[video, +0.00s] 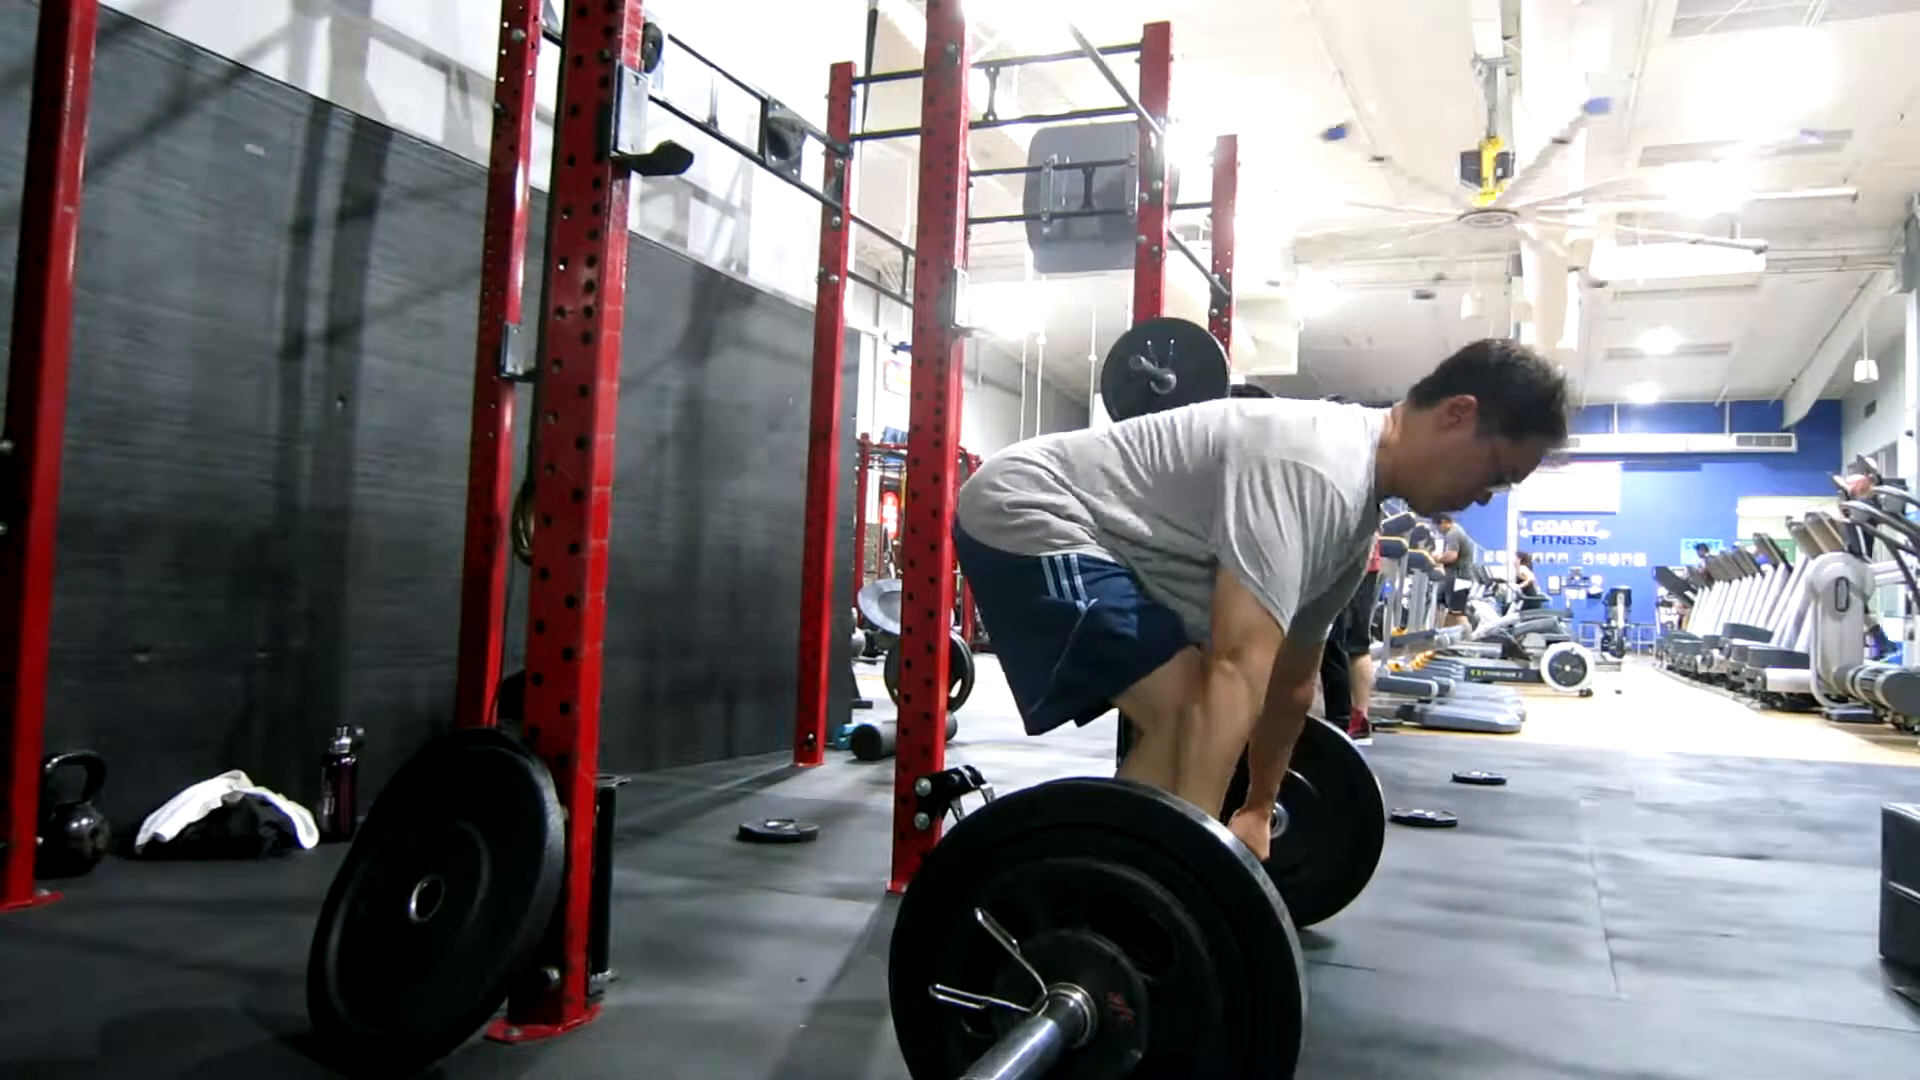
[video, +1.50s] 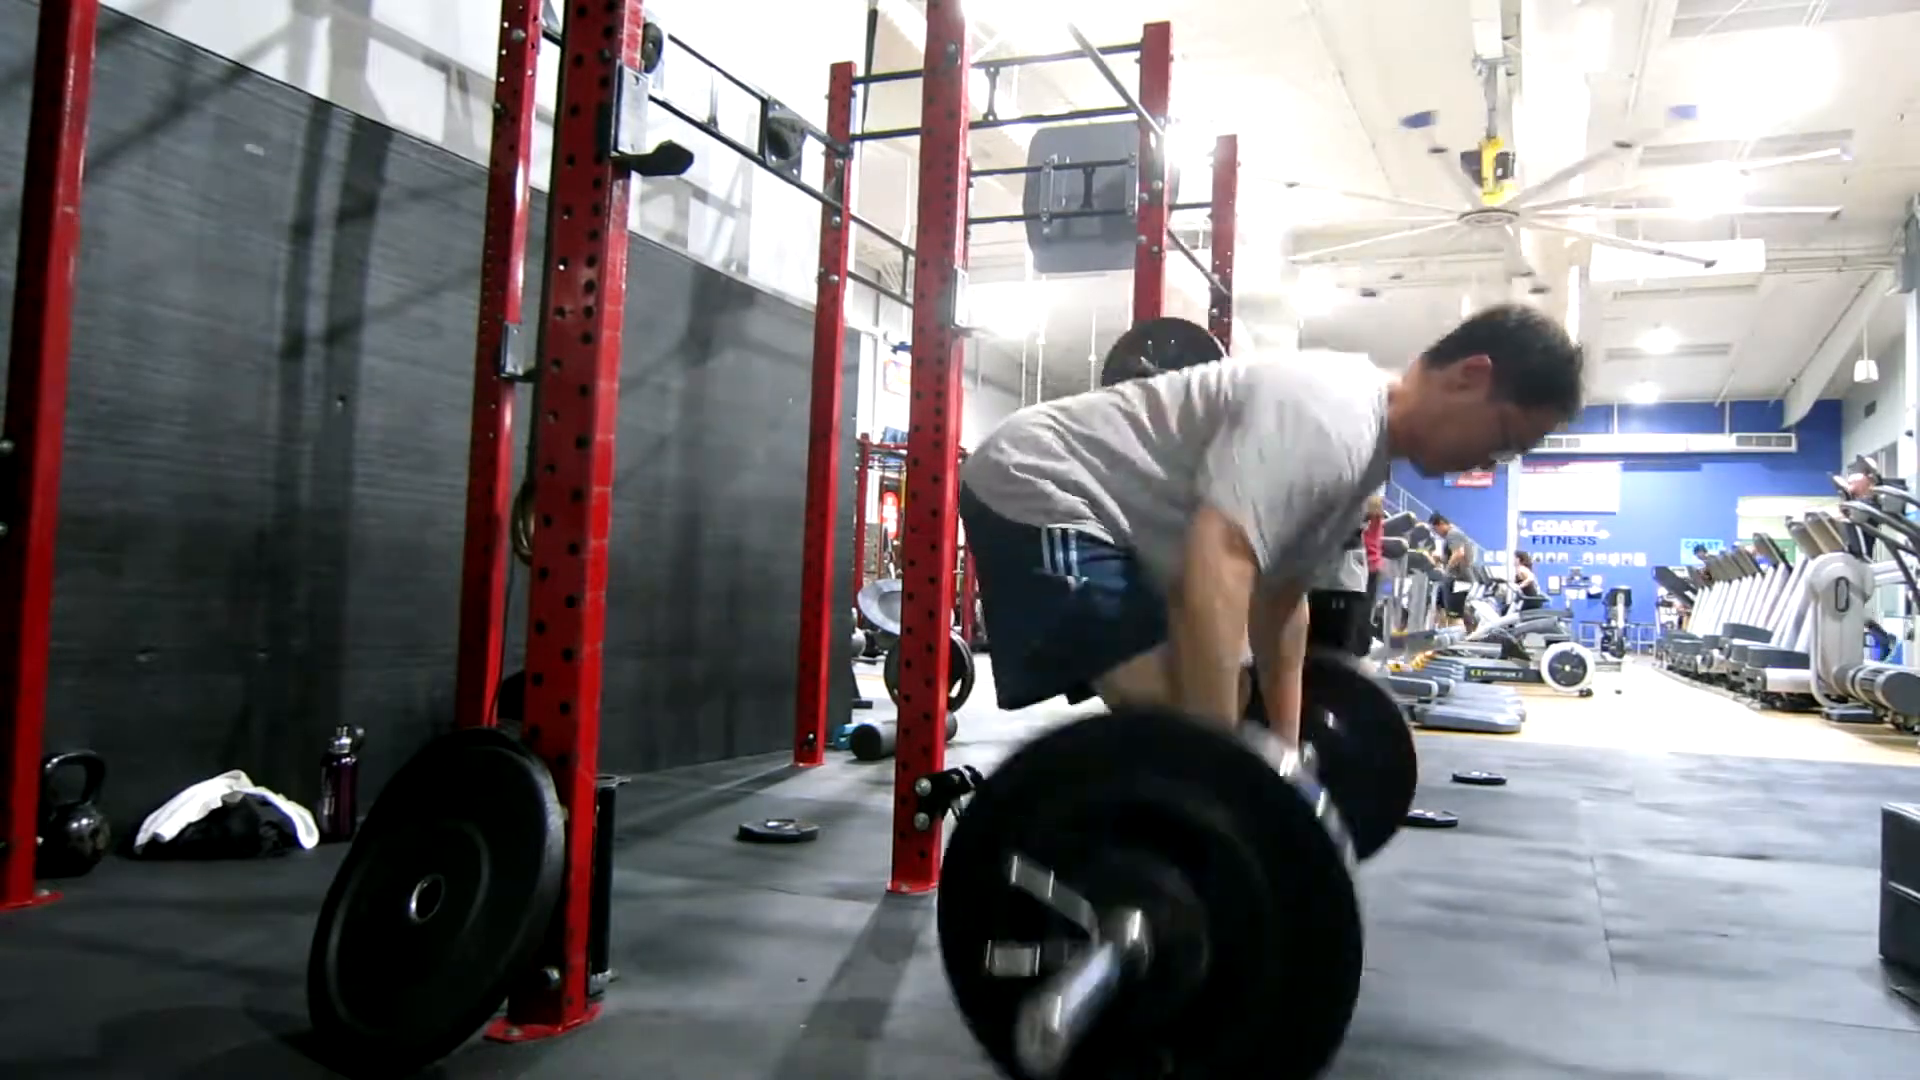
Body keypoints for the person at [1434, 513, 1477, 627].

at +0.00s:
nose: (1437, 529)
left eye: (1438, 526)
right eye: (1436, 526)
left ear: (1444, 522)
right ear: (1445, 522)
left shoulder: (1453, 533)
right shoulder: (1456, 532)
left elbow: (1452, 555)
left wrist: (1439, 559)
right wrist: (1441, 557)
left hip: (1459, 577)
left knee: (1457, 612)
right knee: (1451, 611)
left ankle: (1469, 642)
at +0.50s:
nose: (1438, 528)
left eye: (1438, 524)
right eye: (1437, 525)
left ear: (1444, 520)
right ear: (1444, 520)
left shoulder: (1456, 530)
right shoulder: (1452, 531)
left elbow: (1457, 554)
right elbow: (1448, 551)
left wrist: (1439, 555)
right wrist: (1439, 555)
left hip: (1462, 576)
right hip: (1455, 575)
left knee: (1460, 611)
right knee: (1454, 611)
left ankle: (1470, 637)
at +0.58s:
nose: (1438, 527)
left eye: (1438, 524)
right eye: (1436, 524)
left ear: (1444, 520)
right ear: (1444, 520)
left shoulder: (1456, 531)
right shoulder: (1453, 531)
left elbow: (1455, 554)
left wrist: (1439, 555)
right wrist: (1439, 555)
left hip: (1459, 576)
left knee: (1446, 609)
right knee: (1457, 610)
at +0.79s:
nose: (1438, 529)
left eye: (1438, 526)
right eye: (1437, 526)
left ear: (1443, 522)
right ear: (1443, 522)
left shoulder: (1454, 532)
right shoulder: (1450, 533)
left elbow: (1453, 555)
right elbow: (1446, 553)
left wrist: (1439, 559)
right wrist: (1439, 558)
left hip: (1461, 577)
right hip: (1453, 576)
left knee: (1457, 612)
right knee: (1449, 610)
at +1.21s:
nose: (1437, 531)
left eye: (1438, 527)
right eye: (1435, 528)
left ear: (1444, 522)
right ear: (1442, 524)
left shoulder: (1459, 533)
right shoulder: (1449, 536)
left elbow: (1469, 551)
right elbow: (1450, 556)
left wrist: (1458, 565)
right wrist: (1436, 559)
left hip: (1462, 579)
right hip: (1451, 577)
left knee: (1463, 613)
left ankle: (1475, 640)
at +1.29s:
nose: (1435, 529)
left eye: (1436, 525)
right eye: (1434, 527)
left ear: (1442, 521)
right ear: (1440, 522)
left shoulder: (1457, 531)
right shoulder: (1447, 534)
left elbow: (1468, 550)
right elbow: (1449, 553)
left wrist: (1458, 567)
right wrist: (1438, 557)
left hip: (1461, 578)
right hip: (1451, 577)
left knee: (1459, 612)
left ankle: (1473, 636)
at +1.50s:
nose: (1436, 533)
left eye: (1436, 528)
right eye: (1434, 530)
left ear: (1441, 523)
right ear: (1441, 524)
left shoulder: (1453, 535)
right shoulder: (1451, 536)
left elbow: (1459, 553)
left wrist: (1448, 568)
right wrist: (1440, 559)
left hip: (1459, 579)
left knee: (1454, 615)